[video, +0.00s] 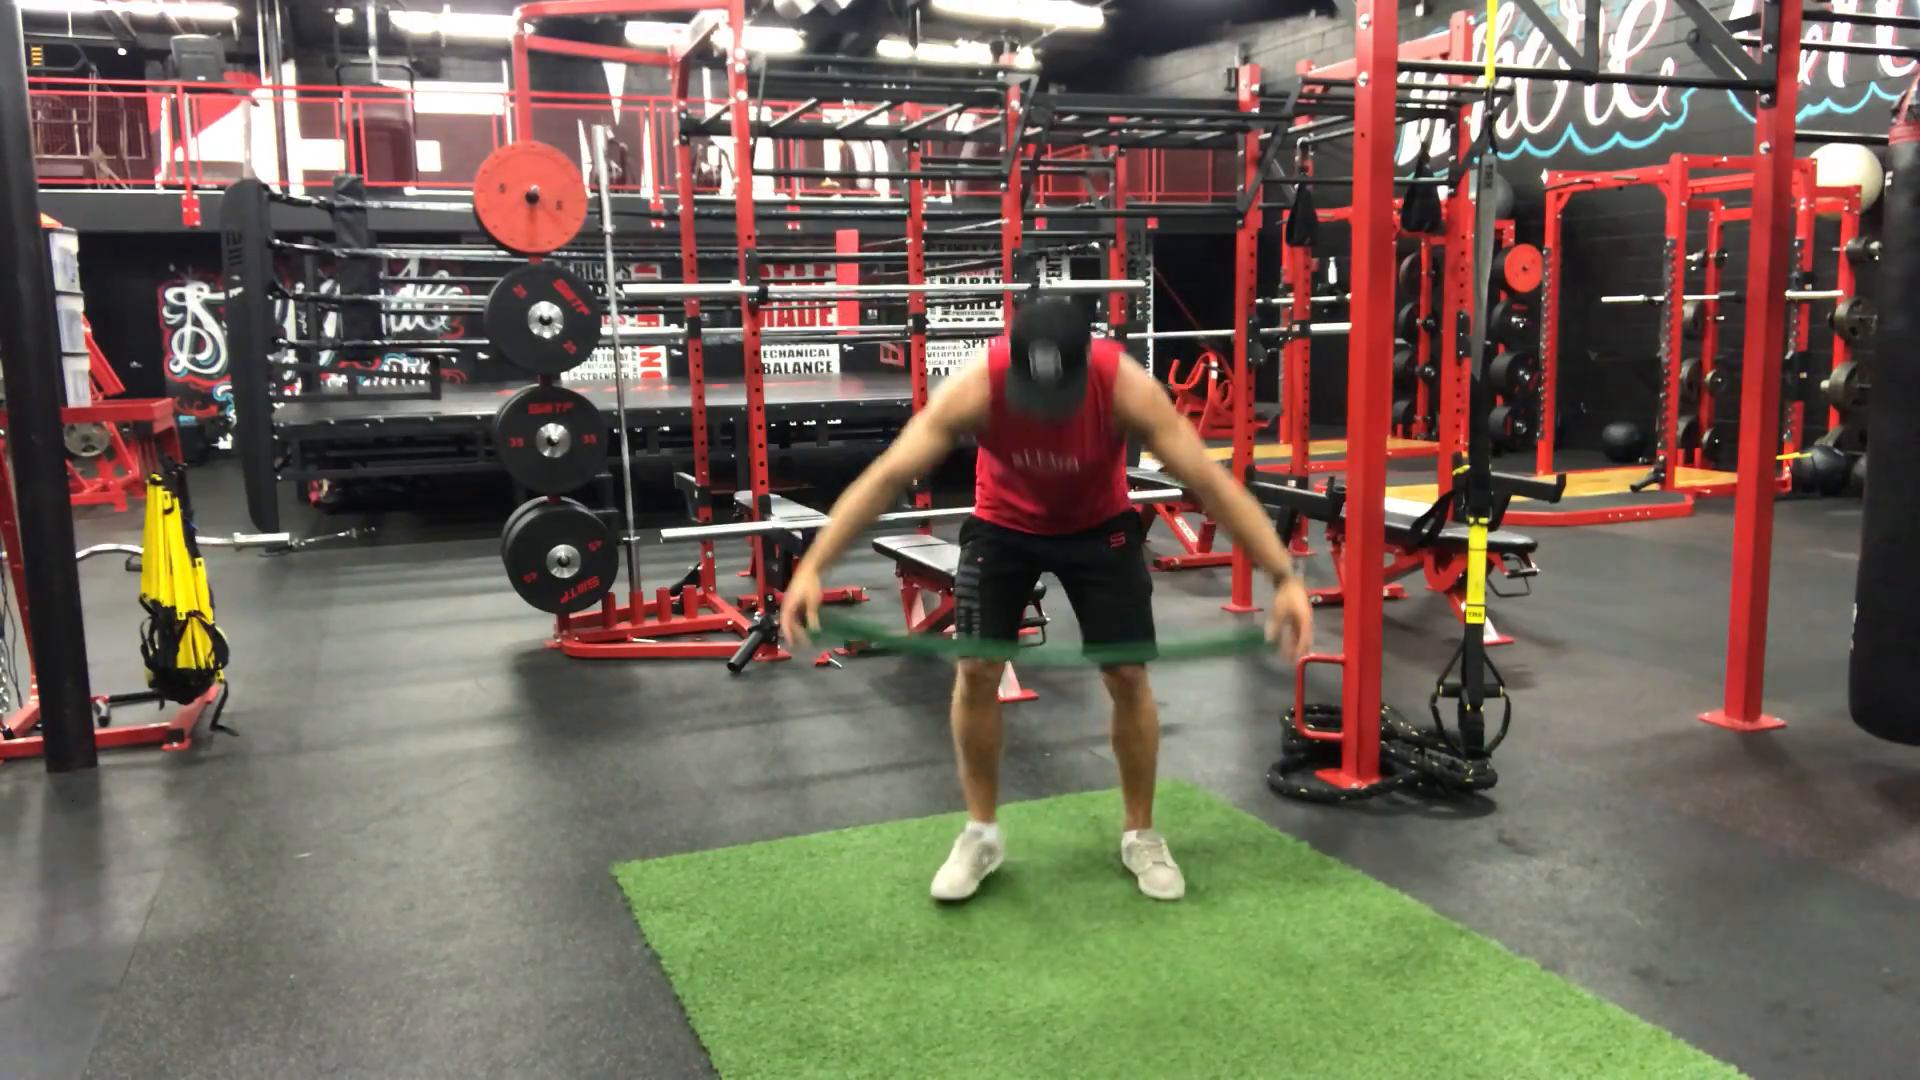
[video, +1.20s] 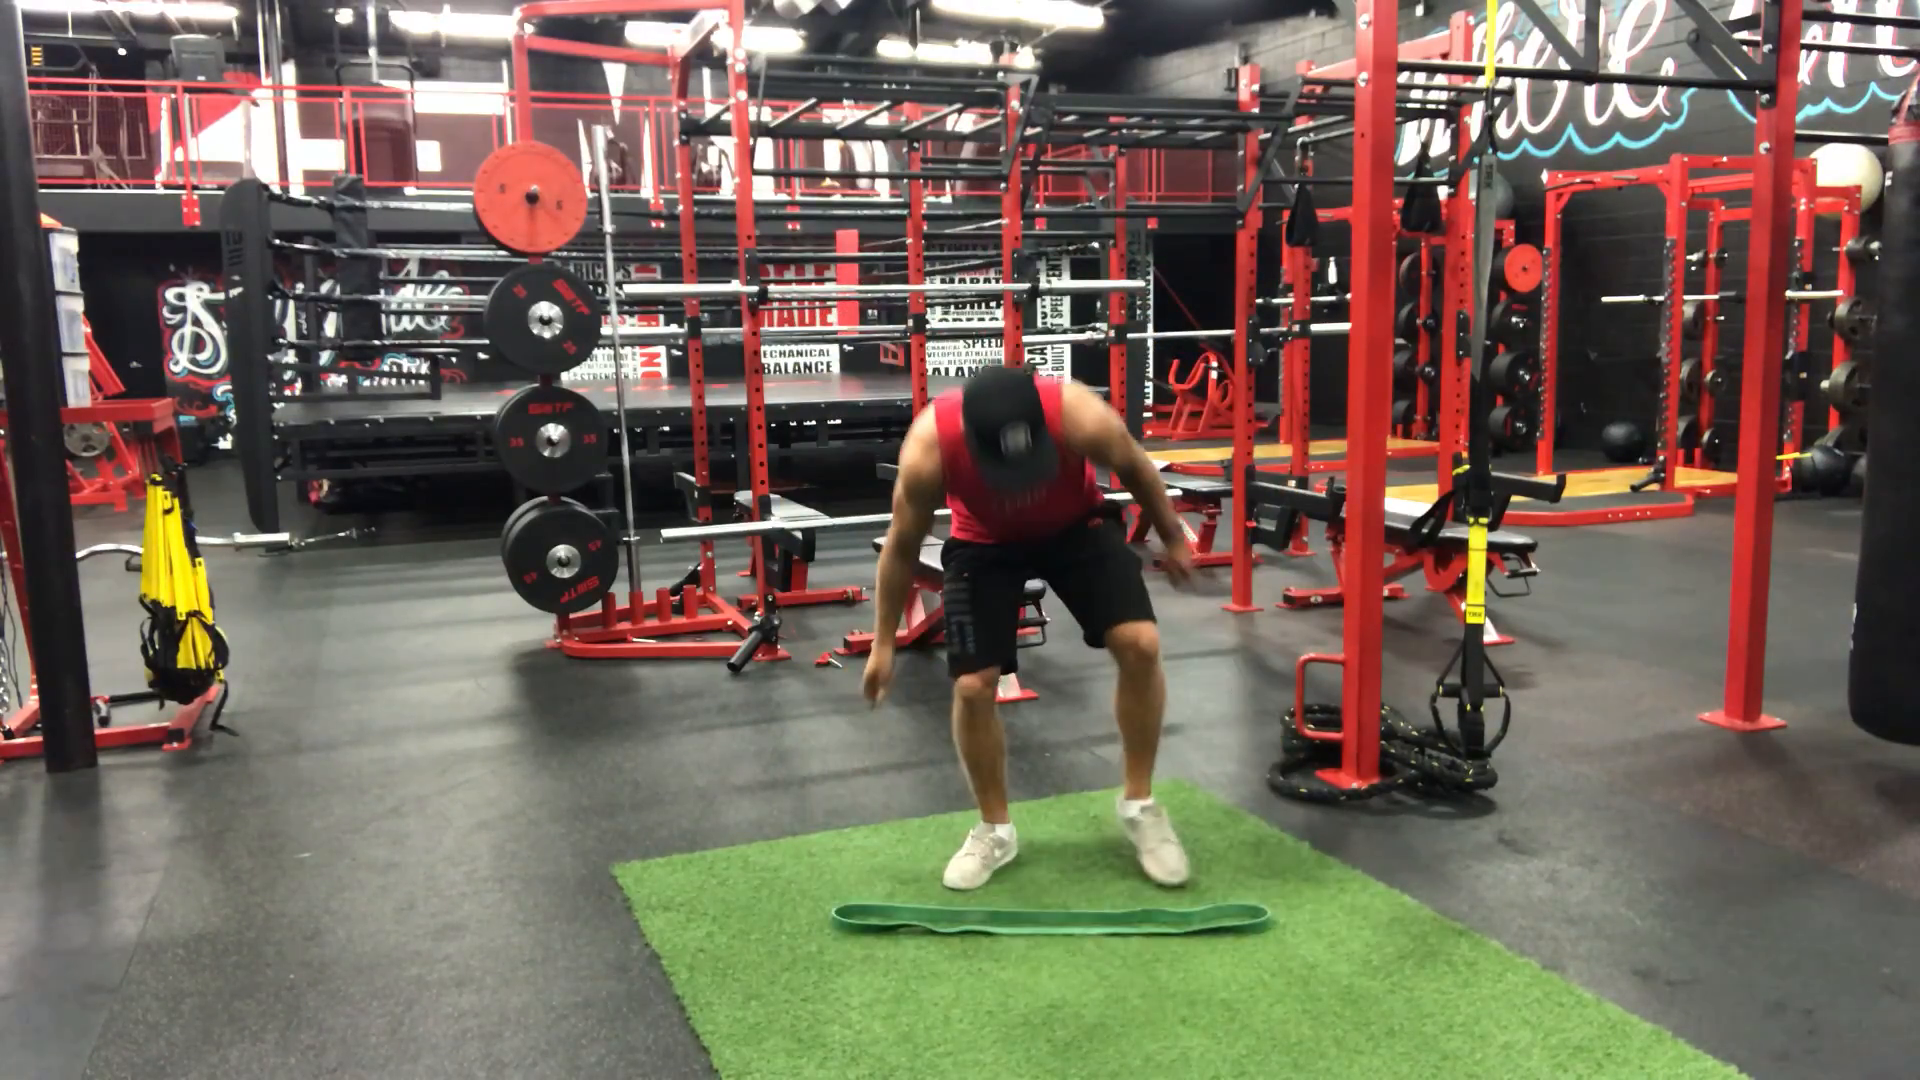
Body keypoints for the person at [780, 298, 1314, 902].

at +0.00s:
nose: (1046, 400)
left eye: (1059, 388)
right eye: (1033, 387)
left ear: (1085, 361)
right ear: (1010, 358)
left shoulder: (1125, 383)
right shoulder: (978, 384)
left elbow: (1209, 478)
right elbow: (887, 474)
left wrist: (1285, 575)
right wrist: (811, 567)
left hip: (1100, 527)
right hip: (1004, 524)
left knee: (1127, 675)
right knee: (976, 671)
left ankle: (1141, 832)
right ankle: (981, 831)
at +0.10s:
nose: (1048, 477)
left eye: (1063, 469)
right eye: (1034, 468)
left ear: (1092, 431)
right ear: (1012, 425)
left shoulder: (1132, 438)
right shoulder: (977, 433)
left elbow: (1214, 539)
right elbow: (892, 529)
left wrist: (1280, 633)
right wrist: (823, 626)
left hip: (1093, 530)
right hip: (997, 533)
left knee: (1128, 664)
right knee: (983, 677)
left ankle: (1143, 831)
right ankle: (993, 826)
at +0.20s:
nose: (1052, 561)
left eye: (1068, 551)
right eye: (1040, 550)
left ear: (1100, 509)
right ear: (1015, 508)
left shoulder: (1130, 497)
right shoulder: (979, 495)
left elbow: (1215, 599)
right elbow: (894, 589)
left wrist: (1280, 695)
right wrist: (830, 688)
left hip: (1098, 540)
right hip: (998, 541)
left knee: (1132, 667)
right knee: (979, 679)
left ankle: (1135, 821)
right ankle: (993, 828)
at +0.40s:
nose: (1062, 665)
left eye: (1072, 654)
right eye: (1052, 653)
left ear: (1103, 620)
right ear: (1027, 616)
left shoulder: (1146, 603)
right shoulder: (981, 601)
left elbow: (1221, 694)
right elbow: (900, 687)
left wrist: (1286, 792)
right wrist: (836, 785)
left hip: (1102, 537)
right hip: (1002, 538)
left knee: (1155, 680)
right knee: (964, 693)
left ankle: (1131, 822)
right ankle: (992, 830)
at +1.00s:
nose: (1048, 606)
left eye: (1057, 587)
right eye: (1031, 594)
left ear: (1071, 550)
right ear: (991, 561)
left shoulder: (1109, 533)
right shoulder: (954, 548)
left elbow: (1191, 600)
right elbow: (899, 646)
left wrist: (1250, 695)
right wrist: (854, 748)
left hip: (1085, 551)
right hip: (986, 564)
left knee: (1137, 677)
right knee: (970, 686)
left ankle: (1128, 822)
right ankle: (993, 829)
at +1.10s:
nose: (1033, 537)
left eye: (1044, 528)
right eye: (1017, 532)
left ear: (1059, 482)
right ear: (979, 499)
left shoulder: (1098, 471)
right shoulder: (938, 494)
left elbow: (1167, 525)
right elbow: (902, 590)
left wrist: (1212, 605)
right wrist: (869, 688)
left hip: (1081, 537)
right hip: (983, 547)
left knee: (1138, 664)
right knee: (971, 685)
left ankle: (1130, 816)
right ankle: (994, 828)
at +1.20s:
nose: (1022, 474)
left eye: (1032, 463)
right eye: (1006, 467)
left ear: (1046, 420)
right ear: (968, 438)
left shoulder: (1082, 416)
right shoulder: (928, 448)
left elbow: (1136, 468)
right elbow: (900, 549)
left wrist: (1175, 540)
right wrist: (882, 645)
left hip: (1074, 526)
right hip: (980, 539)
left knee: (1140, 644)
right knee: (973, 685)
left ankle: (1139, 802)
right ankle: (994, 828)